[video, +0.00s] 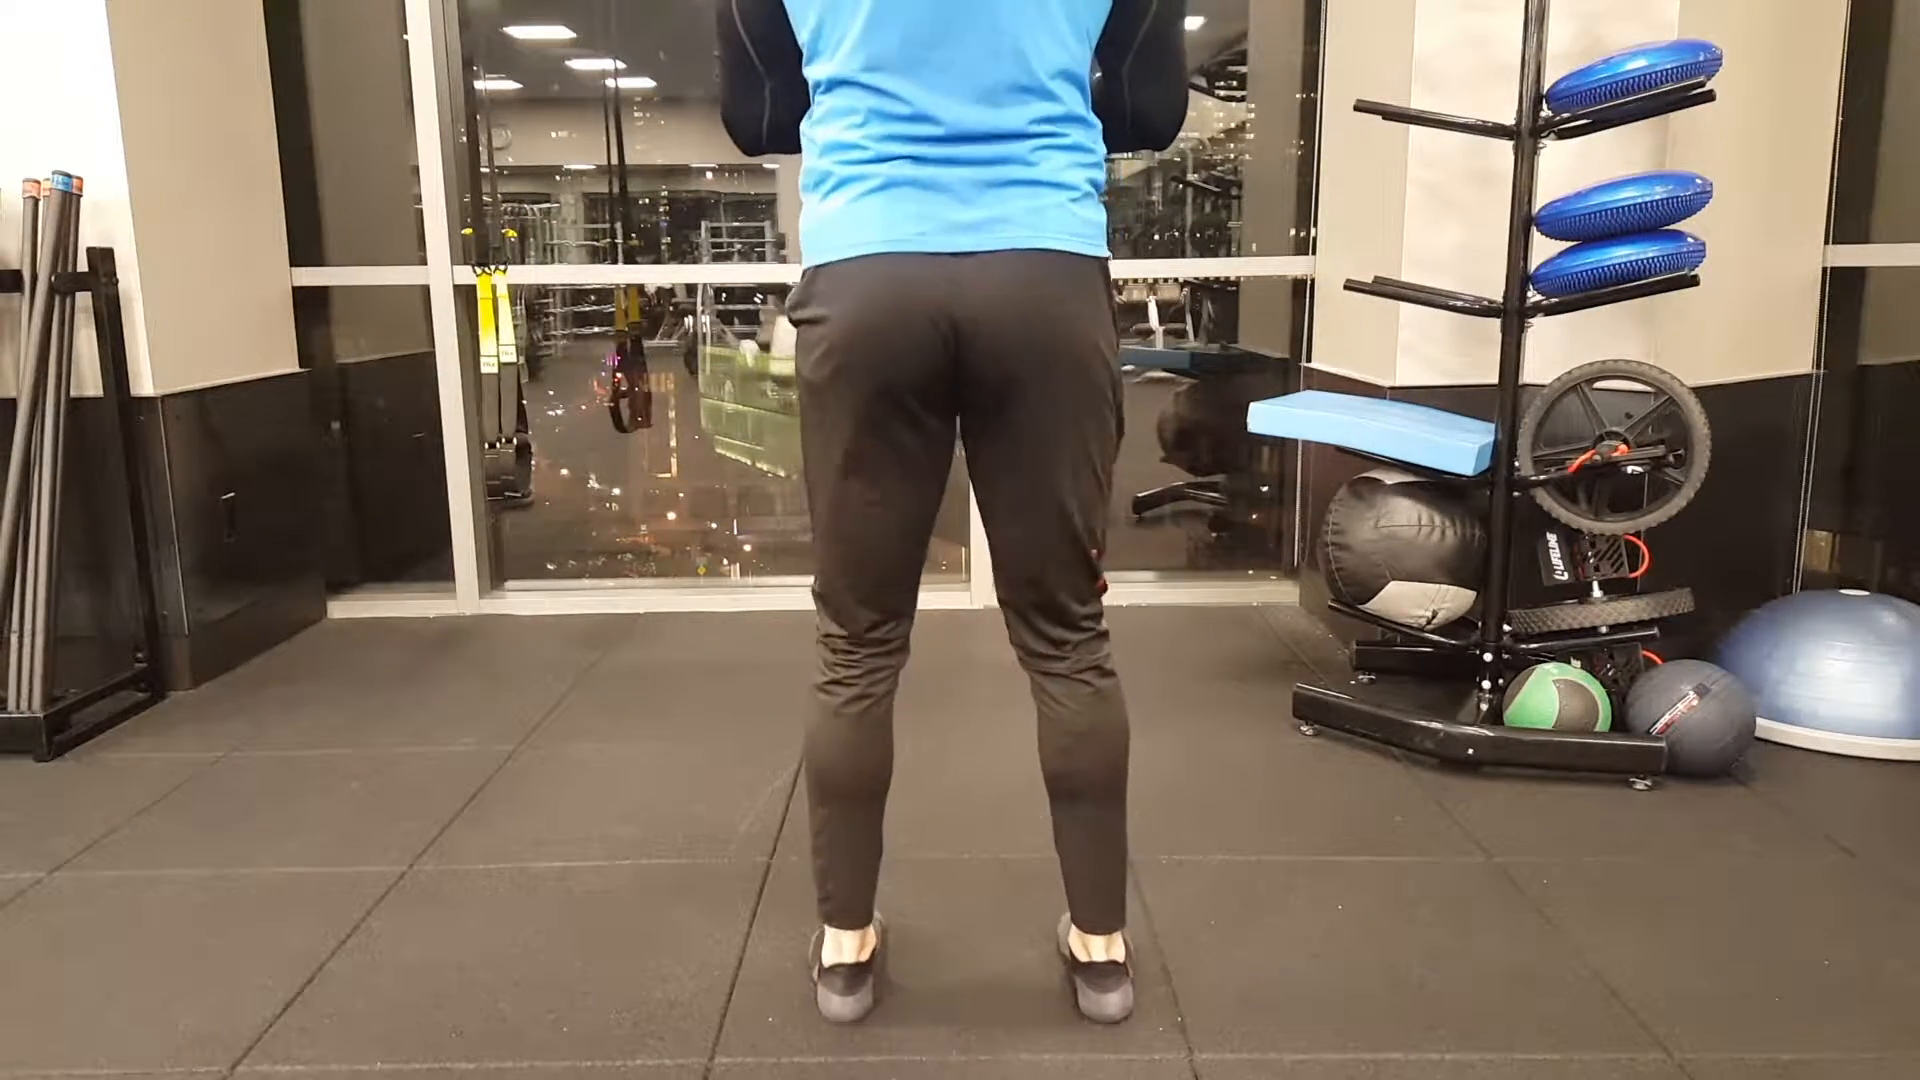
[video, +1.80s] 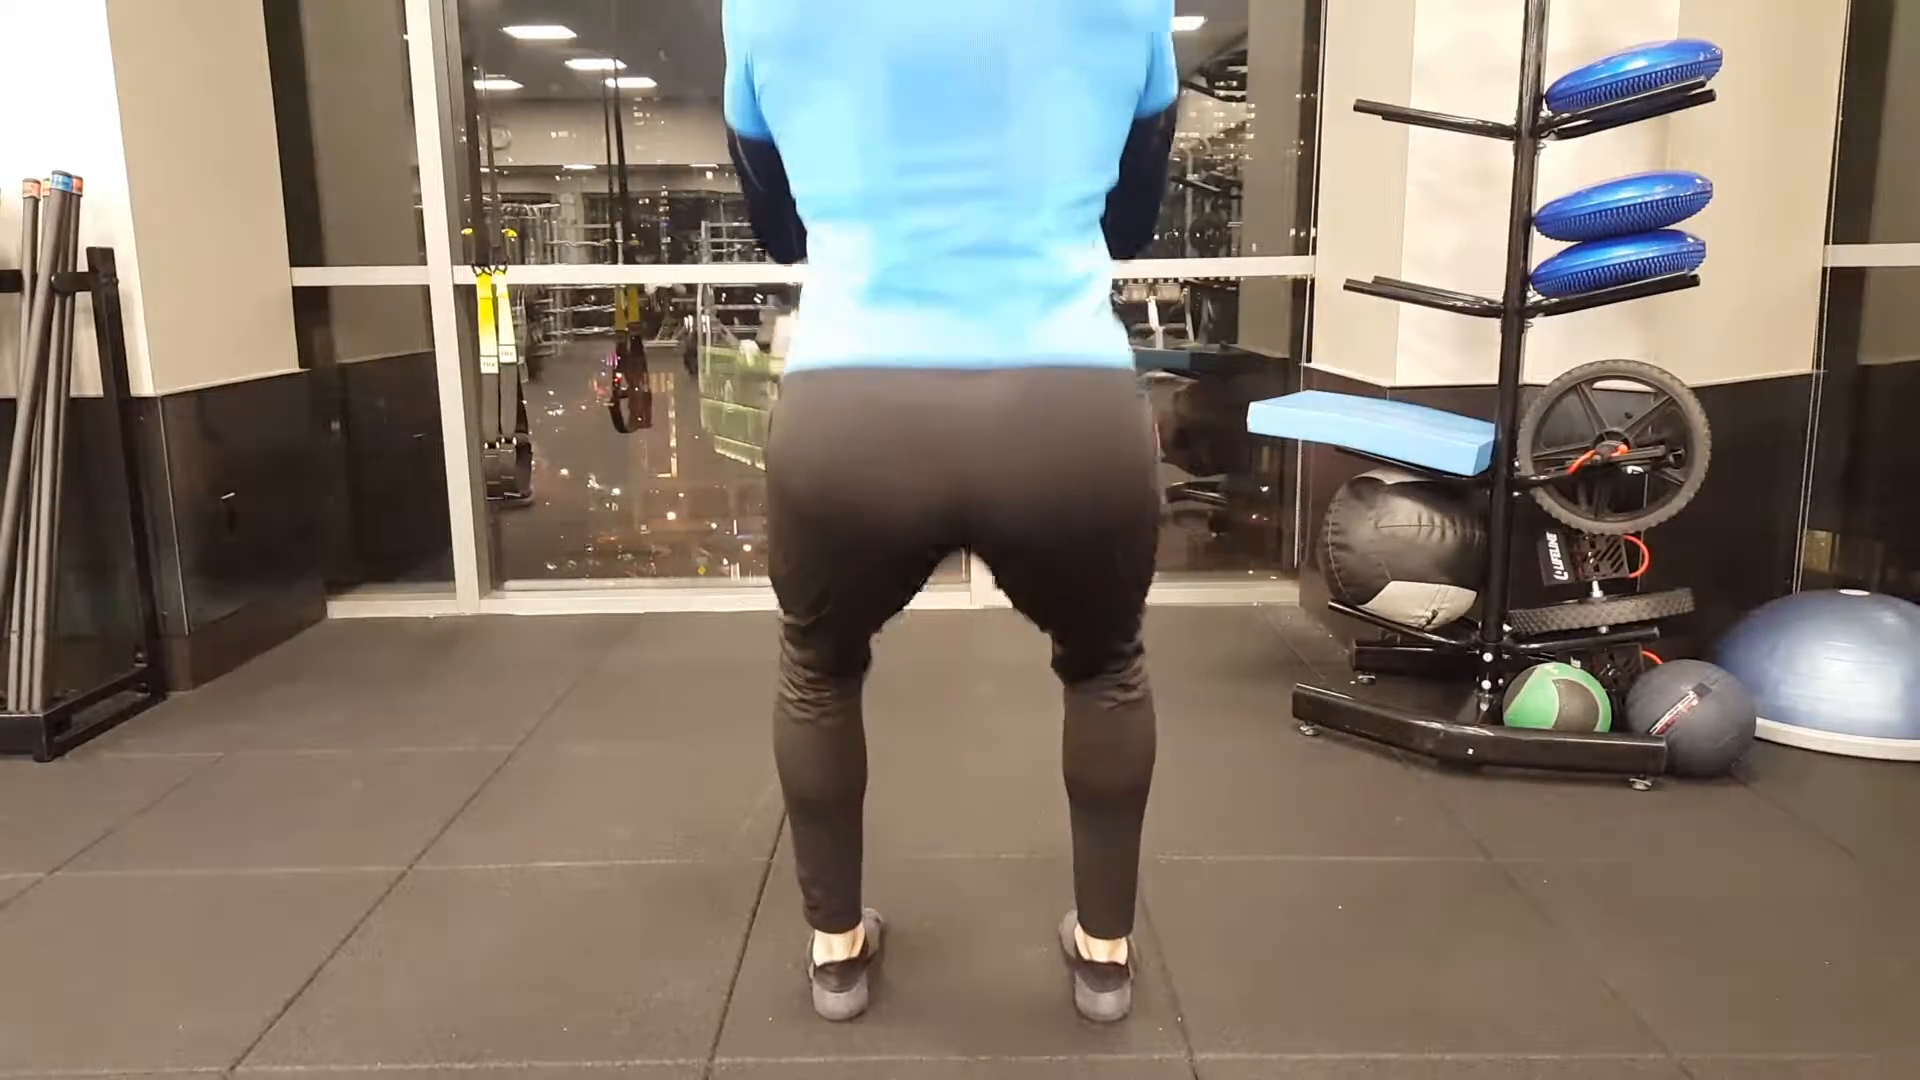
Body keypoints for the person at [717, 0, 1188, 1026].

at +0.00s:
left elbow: (758, 119)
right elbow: (1149, 113)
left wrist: (880, 85)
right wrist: (1022, 93)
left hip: (866, 273)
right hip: (1046, 272)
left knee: (856, 642)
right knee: (1066, 631)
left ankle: (845, 952)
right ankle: (1102, 954)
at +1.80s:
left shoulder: (764, 9)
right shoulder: (1129, 9)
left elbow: (783, 229)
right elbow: (1128, 225)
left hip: (847, 410)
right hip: (1070, 409)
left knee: (820, 665)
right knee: (1104, 663)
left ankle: (836, 953)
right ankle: (1106, 955)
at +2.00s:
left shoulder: (775, 83)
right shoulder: (1128, 68)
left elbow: (780, 289)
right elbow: (1118, 286)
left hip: (843, 560)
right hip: (1076, 560)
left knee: (798, 671)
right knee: (1122, 666)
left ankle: (835, 951)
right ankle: (1106, 953)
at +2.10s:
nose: (1024, 21)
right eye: (1023, 13)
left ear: (884, 17)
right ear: (1021, 15)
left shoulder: (779, 148)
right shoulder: (1128, 136)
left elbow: (796, 314)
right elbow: (1115, 313)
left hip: (849, 641)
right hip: (1072, 642)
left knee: (787, 638)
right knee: (1132, 640)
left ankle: (835, 949)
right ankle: (1108, 951)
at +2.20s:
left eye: (909, 79)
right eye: (1010, 78)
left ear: (885, 87)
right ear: (1025, 85)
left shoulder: (784, 220)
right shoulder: (1127, 207)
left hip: (850, 724)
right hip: (1062, 726)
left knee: (774, 612)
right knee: (1148, 613)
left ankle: (833, 947)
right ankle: (1107, 951)